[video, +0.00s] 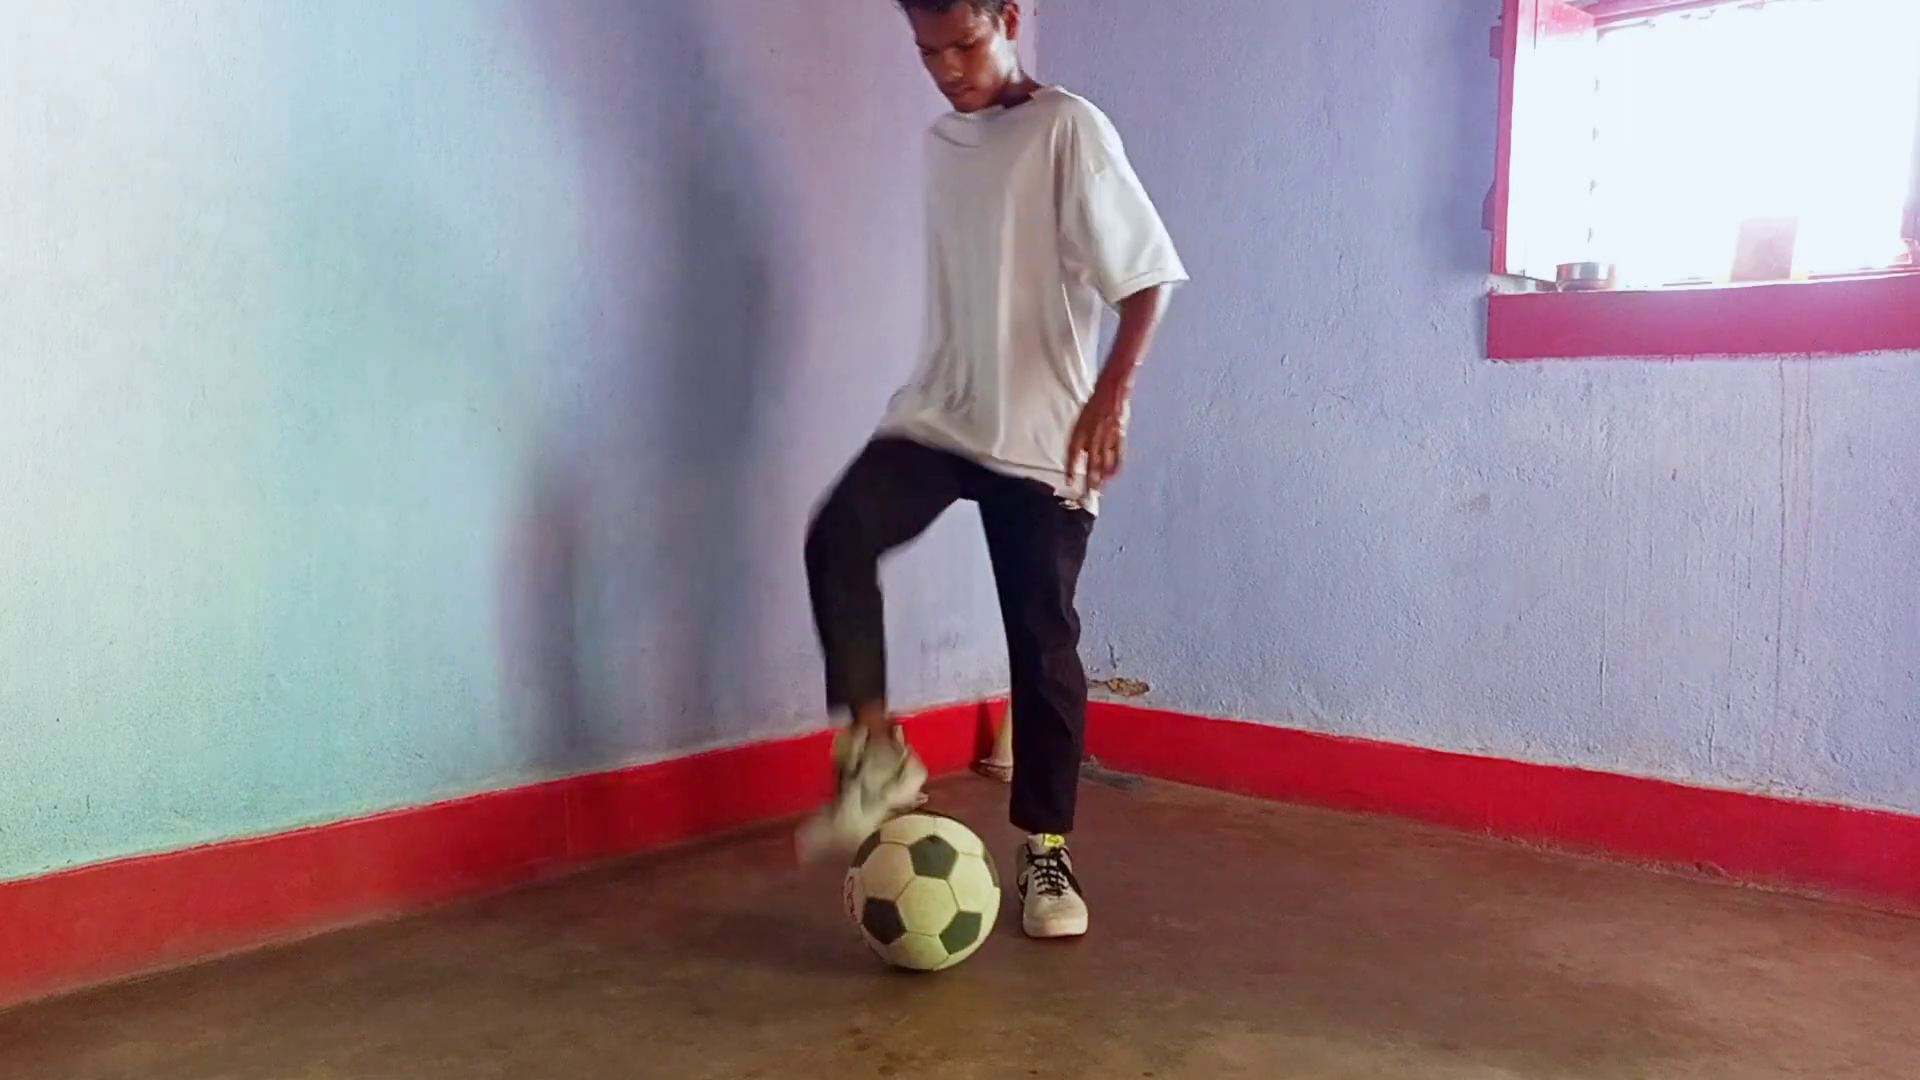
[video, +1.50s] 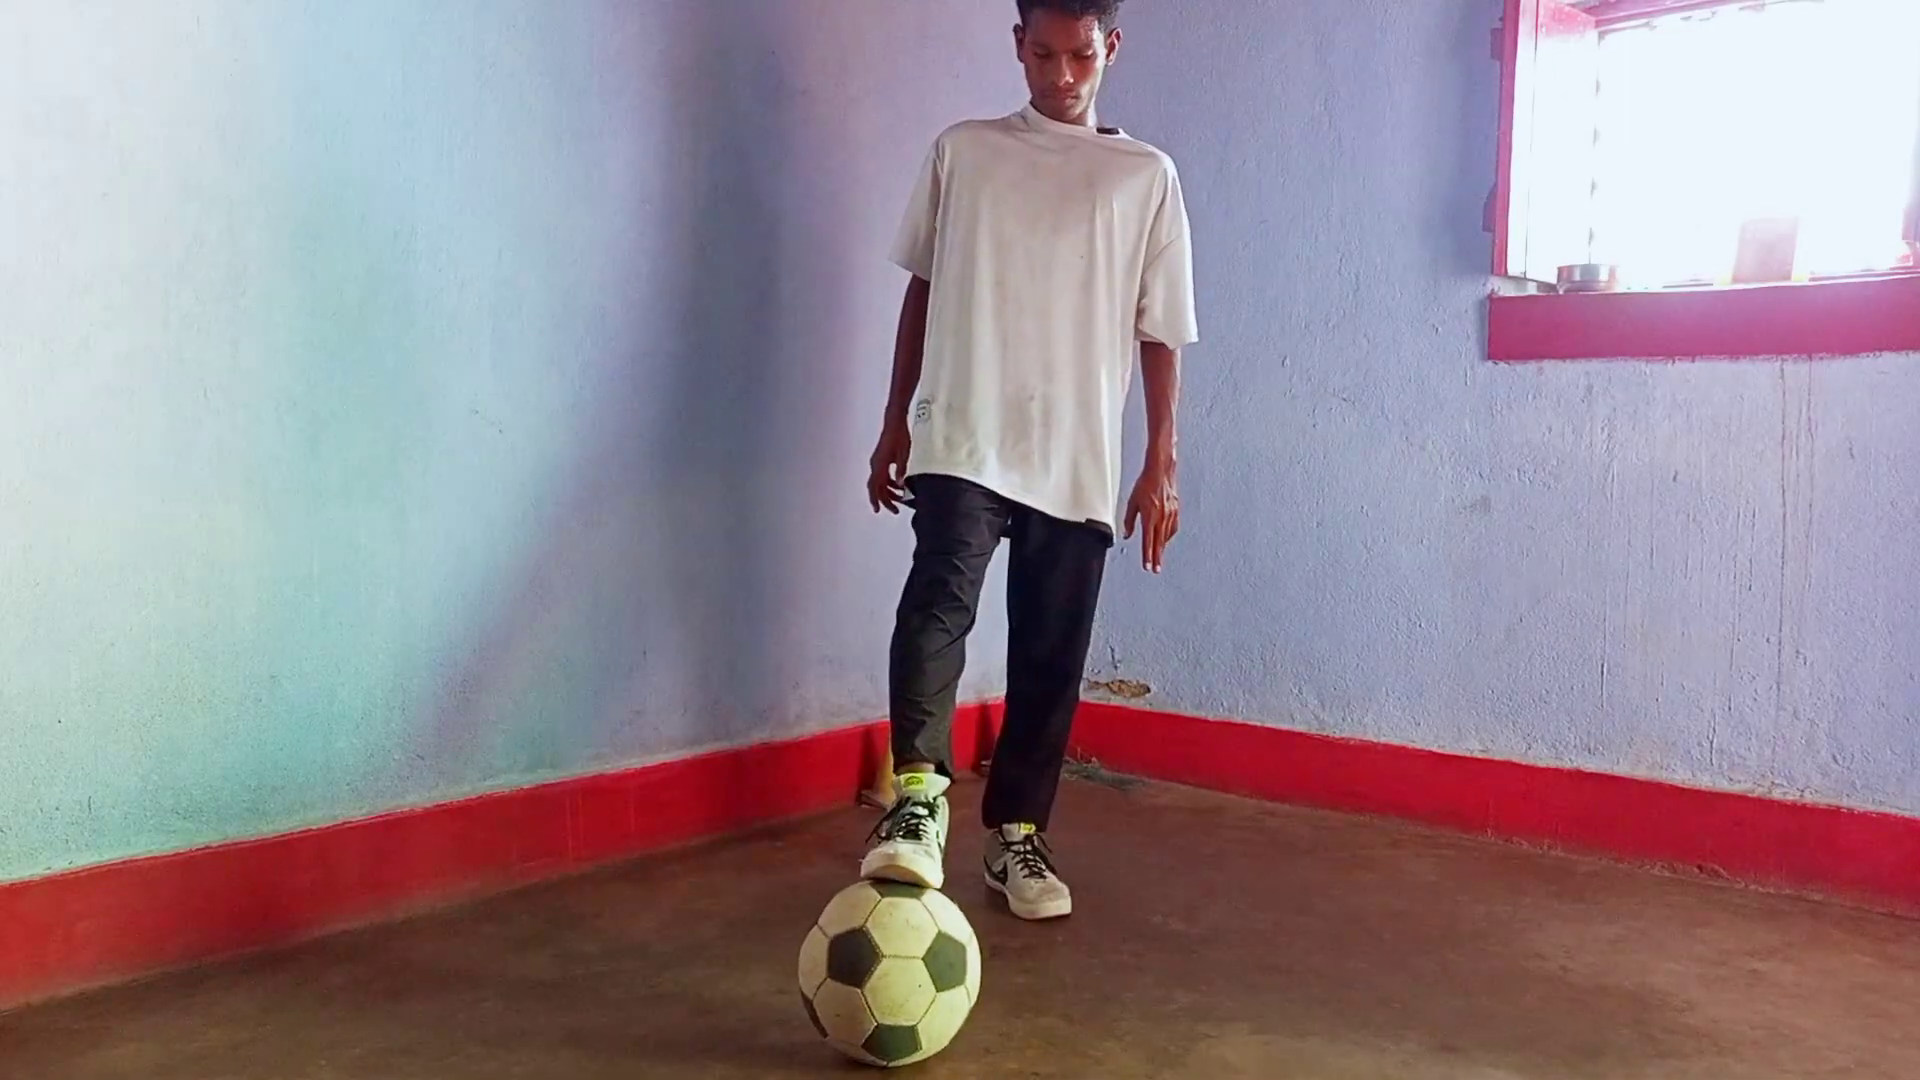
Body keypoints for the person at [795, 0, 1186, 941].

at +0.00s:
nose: (947, 69)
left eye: (964, 46)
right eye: (930, 51)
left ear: (1012, 22)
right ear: (914, 40)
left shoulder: (1069, 125)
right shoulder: (946, 138)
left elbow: (1148, 271)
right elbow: (970, 277)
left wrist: (1110, 398)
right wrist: (948, 389)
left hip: (1038, 430)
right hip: (938, 413)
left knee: (1042, 637)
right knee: (836, 539)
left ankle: (1047, 848)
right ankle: (876, 753)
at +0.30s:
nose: (890, 60)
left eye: (906, 38)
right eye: (870, 43)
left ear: (939, 20)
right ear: (845, 37)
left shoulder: (1008, 118)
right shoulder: (832, 150)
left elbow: (1068, 263)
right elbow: (826, 303)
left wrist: (1088, 382)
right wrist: (798, 420)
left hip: (983, 430)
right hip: (874, 438)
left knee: (979, 623)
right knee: (879, 648)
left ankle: (1013, 823)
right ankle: (877, 842)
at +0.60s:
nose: (883, 64)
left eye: (897, 42)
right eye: (861, 48)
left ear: (927, 23)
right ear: (835, 39)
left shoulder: (994, 121)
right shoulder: (809, 148)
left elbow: (1041, 266)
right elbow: (776, 292)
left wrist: (1069, 379)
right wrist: (706, 386)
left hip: (982, 425)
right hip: (870, 433)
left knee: (973, 617)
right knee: (867, 641)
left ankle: (959, 846)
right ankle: (875, 846)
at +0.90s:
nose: (959, 65)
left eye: (976, 47)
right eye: (941, 47)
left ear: (1003, 41)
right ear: (910, 39)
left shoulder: (1050, 141)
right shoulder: (866, 140)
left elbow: (1074, 285)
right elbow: (825, 284)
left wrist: (1098, 406)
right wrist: (787, 408)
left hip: (1007, 433)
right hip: (897, 425)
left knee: (989, 655)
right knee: (885, 624)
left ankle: (957, 851)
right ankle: (873, 803)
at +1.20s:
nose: (1074, 68)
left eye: (1093, 50)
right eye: (1057, 48)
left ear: (1123, 50)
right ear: (1032, 46)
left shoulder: (1156, 176)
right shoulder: (972, 144)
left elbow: (1164, 334)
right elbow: (925, 290)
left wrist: (1157, 462)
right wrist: (895, 417)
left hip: (1080, 447)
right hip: (968, 428)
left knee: (1055, 649)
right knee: (943, 592)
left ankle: (1020, 835)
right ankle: (925, 793)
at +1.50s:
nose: (1063, 72)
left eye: (1081, 54)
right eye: (1046, 52)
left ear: (1112, 50)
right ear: (1018, 47)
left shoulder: (1148, 177)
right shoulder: (960, 152)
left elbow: (1161, 336)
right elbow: (922, 297)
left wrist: (1162, 464)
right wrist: (896, 421)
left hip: (1078, 455)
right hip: (963, 437)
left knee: (1051, 657)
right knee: (939, 593)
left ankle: (1019, 835)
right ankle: (916, 798)